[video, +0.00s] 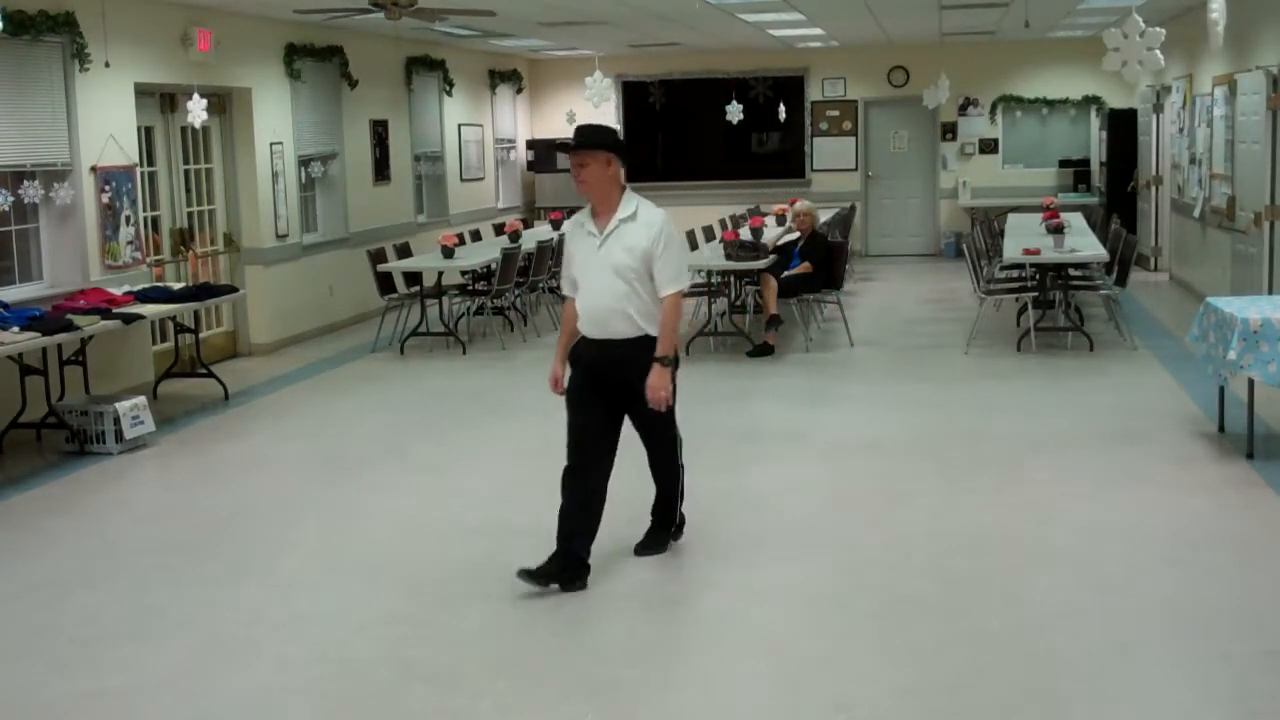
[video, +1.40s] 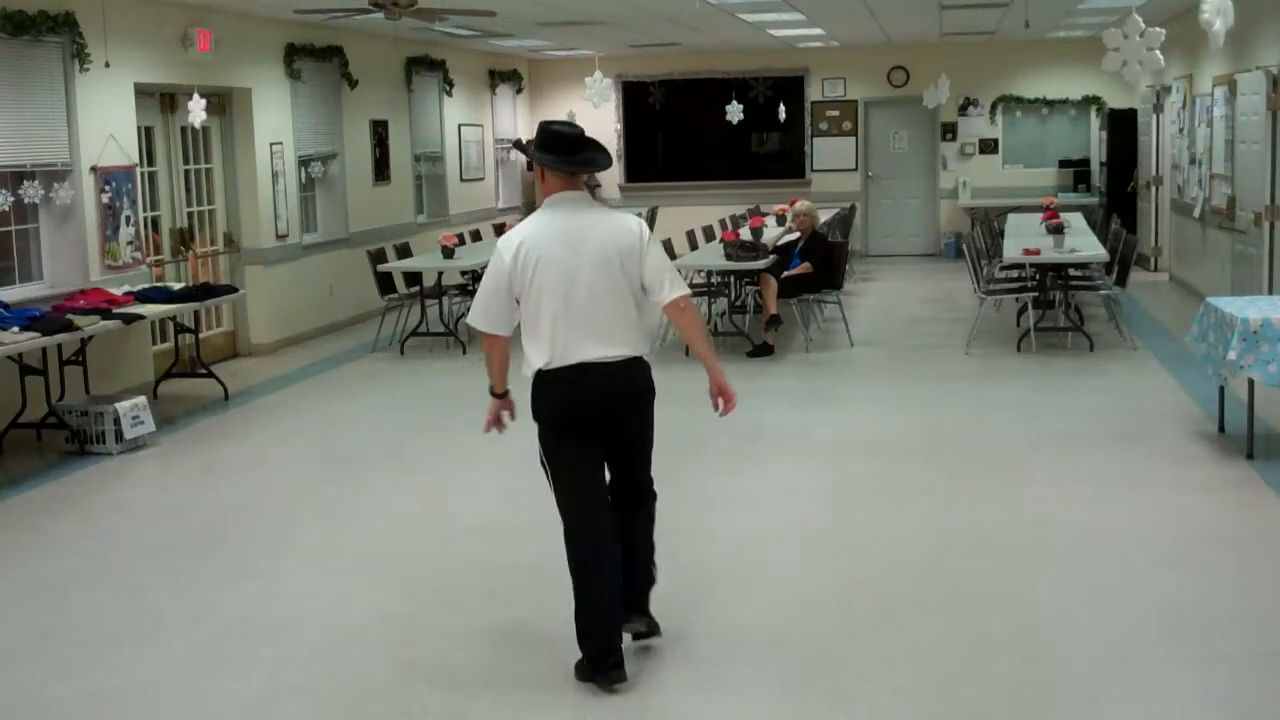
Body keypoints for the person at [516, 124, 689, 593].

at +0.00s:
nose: (575, 174)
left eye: (584, 165)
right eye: (573, 166)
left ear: (612, 166)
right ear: (575, 172)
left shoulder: (654, 222)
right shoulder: (575, 230)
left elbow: (673, 297)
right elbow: (574, 299)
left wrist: (663, 364)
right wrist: (561, 356)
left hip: (644, 356)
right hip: (591, 358)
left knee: (661, 448)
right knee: (583, 464)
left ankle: (667, 522)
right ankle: (570, 561)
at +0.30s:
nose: (529, 157)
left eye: (538, 149)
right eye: (529, 150)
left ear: (570, 153)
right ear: (543, 157)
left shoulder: (608, 211)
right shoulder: (541, 221)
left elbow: (629, 289)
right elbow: (539, 299)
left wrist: (611, 362)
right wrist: (515, 353)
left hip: (600, 349)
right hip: (553, 350)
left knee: (597, 462)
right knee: (553, 463)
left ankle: (632, 537)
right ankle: (562, 564)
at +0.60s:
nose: (507, 168)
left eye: (511, 159)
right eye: (508, 159)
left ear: (535, 160)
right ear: (541, 160)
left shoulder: (566, 223)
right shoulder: (556, 215)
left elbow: (585, 310)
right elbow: (568, 304)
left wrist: (576, 388)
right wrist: (535, 353)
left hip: (583, 371)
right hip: (561, 367)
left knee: (577, 490)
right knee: (558, 478)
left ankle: (592, 610)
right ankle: (563, 566)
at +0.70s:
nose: (509, 164)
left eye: (512, 154)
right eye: (509, 154)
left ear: (533, 155)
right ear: (548, 154)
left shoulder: (548, 219)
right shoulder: (582, 201)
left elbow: (564, 302)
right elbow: (592, 272)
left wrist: (557, 382)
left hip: (578, 363)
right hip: (608, 354)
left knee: (570, 487)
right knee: (596, 474)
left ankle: (589, 610)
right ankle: (609, 571)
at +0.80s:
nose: (515, 162)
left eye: (518, 153)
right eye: (517, 152)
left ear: (534, 156)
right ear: (565, 156)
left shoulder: (542, 220)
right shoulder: (602, 210)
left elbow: (546, 303)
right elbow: (626, 291)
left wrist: (532, 381)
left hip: (571, 366)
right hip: (617, 358)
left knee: (566, 494)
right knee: (612, 480)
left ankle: (589, 610)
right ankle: (656, 576)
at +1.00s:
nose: (528, 173)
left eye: (531, 164)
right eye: (530, 163)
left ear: (547, 168)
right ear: (582, 169)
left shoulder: (546, 234)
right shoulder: (630, 230)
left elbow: (514, 321)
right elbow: (659, 316)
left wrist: (471, 387)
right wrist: (649, 372)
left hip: (572, 387)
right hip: (634, 381)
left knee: (549, 501)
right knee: (636, 507)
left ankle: (582, 617)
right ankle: (656, 642)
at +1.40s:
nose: (532, 177)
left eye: (532, 170)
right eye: (539, 169)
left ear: (540, 173)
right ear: (588, 173)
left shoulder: (518, 242)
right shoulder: (628, 229)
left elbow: (495, 330)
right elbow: (676, 300)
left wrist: (498, 390)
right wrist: (713, 368)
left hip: (561, 391)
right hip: (629, 384)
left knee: (584, 516)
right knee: (634, 494)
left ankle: (603, 660)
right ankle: (637, 609)